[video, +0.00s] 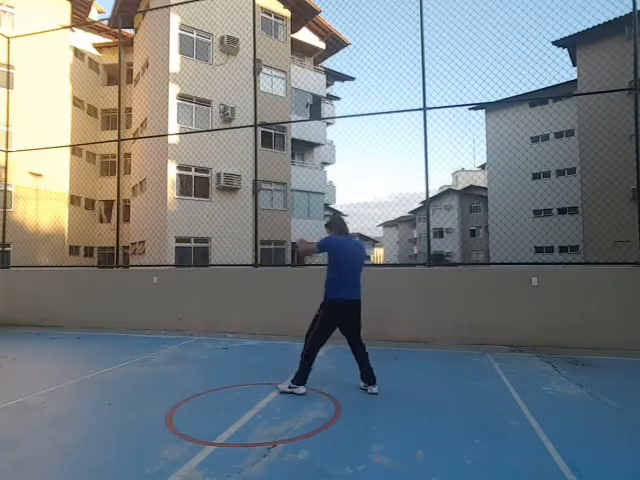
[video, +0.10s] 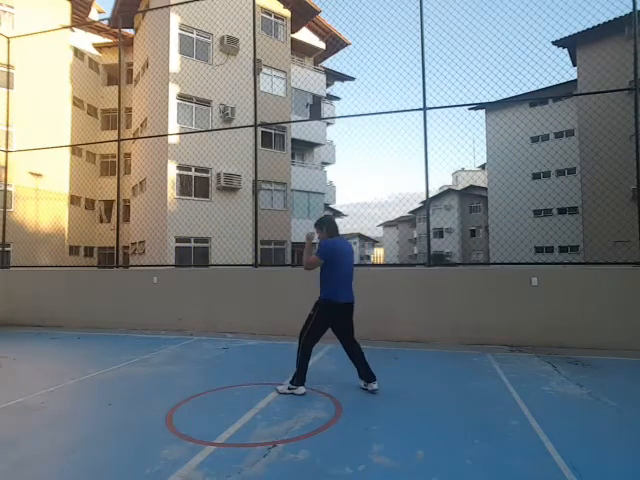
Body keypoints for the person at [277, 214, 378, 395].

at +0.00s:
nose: (327, 234)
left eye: (327, 231)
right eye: (326, 231)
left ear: (332, 229)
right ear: (345, 228)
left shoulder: (331, 241)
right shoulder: (359, 246)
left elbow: (304, 250)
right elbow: (361, 264)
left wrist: (302, 244)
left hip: (333, 303)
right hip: (353, 303)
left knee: (313, 342)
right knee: (356, 342)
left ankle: (298, 383)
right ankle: (371, 383)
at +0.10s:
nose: (317, 236)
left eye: (318, 232)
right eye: (316, 232)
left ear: (325, 231)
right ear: (334, 229)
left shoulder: (327, 245)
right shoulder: (347, 245)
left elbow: (308, 265)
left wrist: (308, 244)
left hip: (328, 303)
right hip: (346, 304)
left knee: (306, 340)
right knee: (349, 341)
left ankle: (297, 383)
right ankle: (370, 380)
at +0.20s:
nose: (307, 235)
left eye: (308, 231)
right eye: (307, 232)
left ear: (315, 230)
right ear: (321, 229)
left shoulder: (325, 246)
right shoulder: (332, 244)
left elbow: (306, 266)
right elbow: (308, 264)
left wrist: (303, 243)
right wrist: (304, 243)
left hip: (323, 302)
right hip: (336, 302)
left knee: (302, 338)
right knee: (341, 340)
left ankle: (297, 384)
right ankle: (367, 376)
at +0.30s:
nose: (298, 238)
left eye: (299, 234)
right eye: (297, 235)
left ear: (306, 231)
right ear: (310, 230)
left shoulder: (318, 245)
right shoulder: (323, 242)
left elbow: (300, 264)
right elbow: (293, 240)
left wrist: (292, 242)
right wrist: (269, 236)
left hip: (318, 301)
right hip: (329, 300)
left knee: (299, 339)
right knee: (330, 339)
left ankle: (297, 384)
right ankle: (361, 369)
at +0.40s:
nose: (290, 236)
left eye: (291, 232)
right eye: (290, 233)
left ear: (298, 230)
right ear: (303, 228)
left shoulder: (308, 243)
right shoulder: (316, 240)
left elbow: (291, 263)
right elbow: (292, 253)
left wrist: (284, 246)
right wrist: (270, 241)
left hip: (313, 298)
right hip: (324, 296)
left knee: (298, 337)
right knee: (320, 334)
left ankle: (297, 383)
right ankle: (347, 365)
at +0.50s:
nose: (286, 234)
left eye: (287, 230)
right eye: (285, 231)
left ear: (294, 228)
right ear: (301, 226)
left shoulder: (300, 241)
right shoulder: (313, 239)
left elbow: (284, 262)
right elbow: (293, 261)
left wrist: (279, 246)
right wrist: (284, 248)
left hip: (307, 295)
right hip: (321, 294)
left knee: (298, 336)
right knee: (314, 331)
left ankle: (297, 383)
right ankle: (327, 369)